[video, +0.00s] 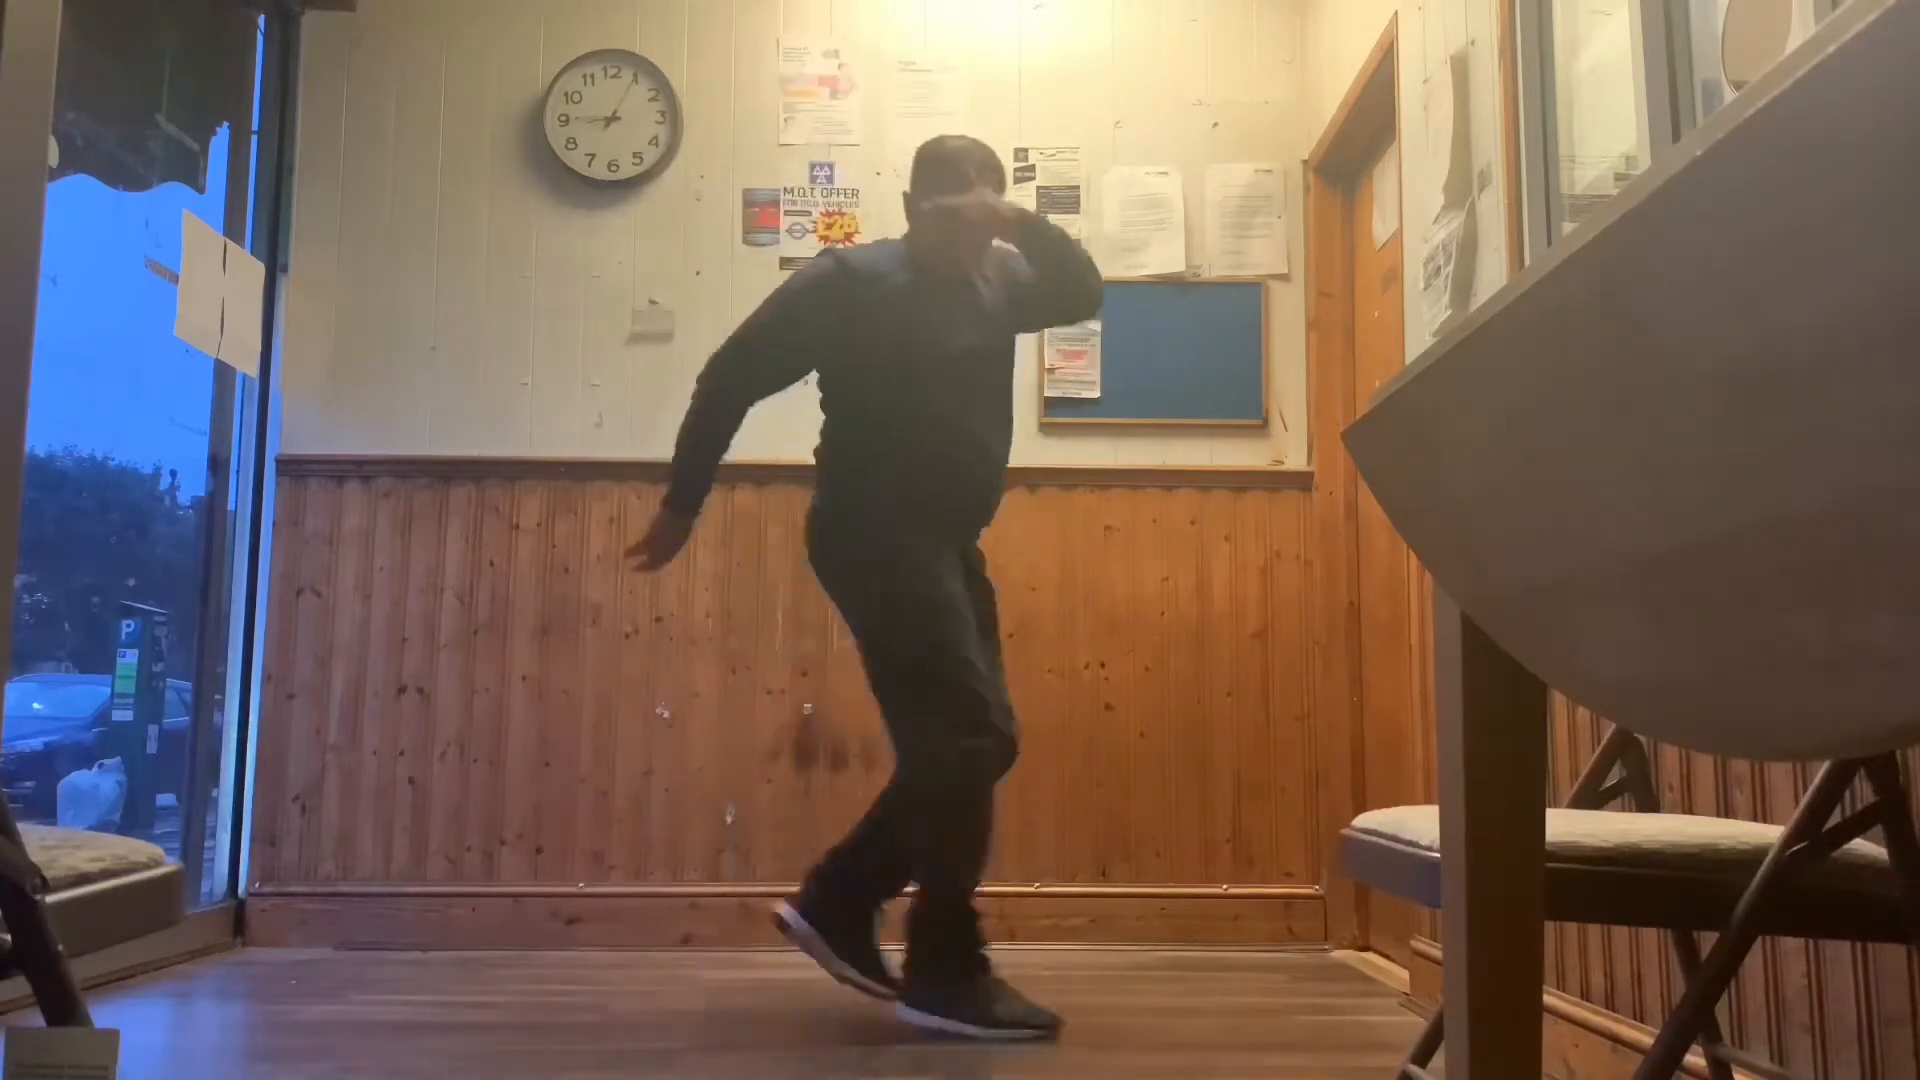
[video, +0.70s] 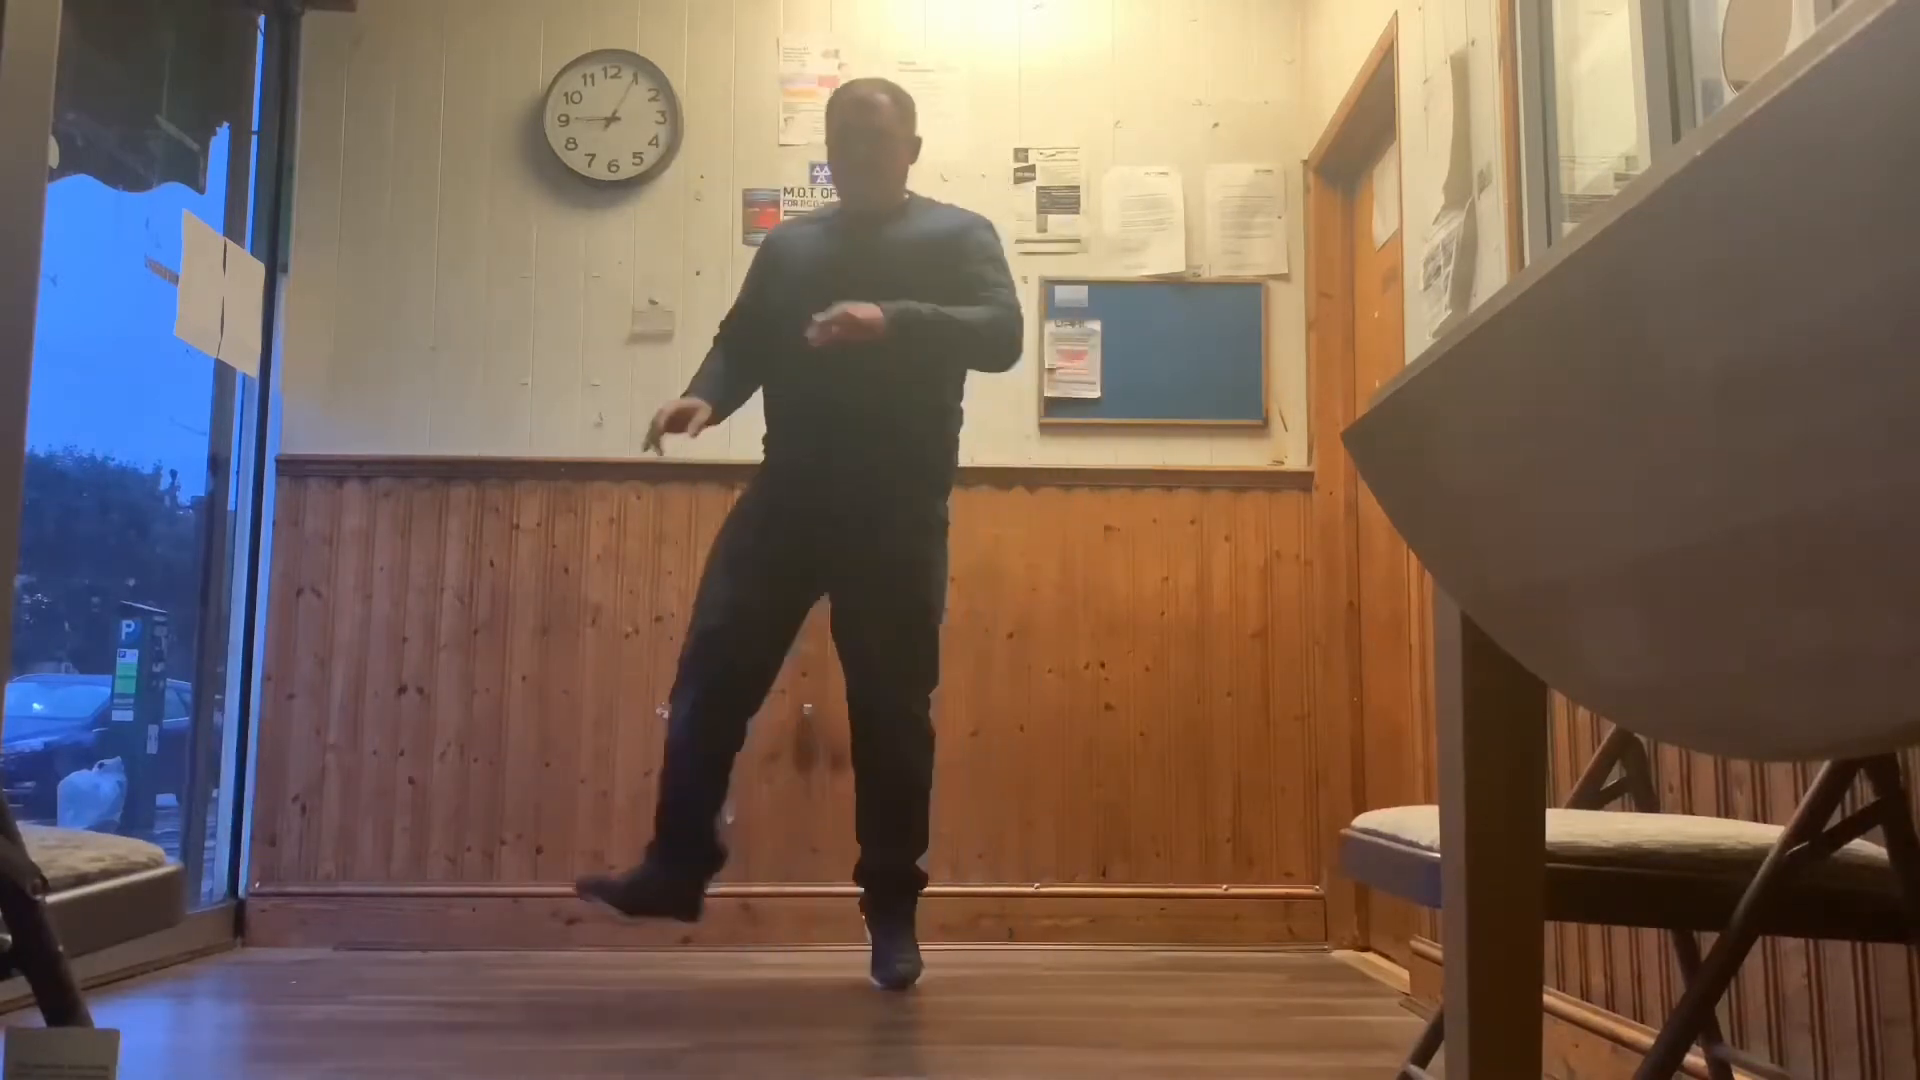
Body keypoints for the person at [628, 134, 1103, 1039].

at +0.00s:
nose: (982, 226)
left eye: (990, 210)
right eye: (962, 208)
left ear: (998, 215)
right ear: (919, 207)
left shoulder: (998, 293)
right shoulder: (849, 284)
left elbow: (1080, 293)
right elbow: (730, 378)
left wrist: (1022, 222)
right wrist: (681, 504)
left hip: (949, 542)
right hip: (872, 538)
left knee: (977, 740)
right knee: (964, 737)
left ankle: (838, 899)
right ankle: (944, 973)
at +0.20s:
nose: (988, 225)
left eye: (996, 210)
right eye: (969, 208)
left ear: (1004, 219)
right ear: (924, 209)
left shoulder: (1020, 310)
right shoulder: (859, 303)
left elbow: (1098, 349)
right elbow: (764, 412)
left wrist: (1077, 288)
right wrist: (710, 533)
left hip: (970, 569)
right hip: (884, 567)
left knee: (1016, 762)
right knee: (978, 761)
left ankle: (845, 896)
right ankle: (949, 976)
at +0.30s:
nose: (978, 211)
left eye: (993, 193)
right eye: (961, 192)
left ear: (1008, 198)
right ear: (921, 189)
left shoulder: (1027, 303)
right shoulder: (854, 277)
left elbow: (1077, 390)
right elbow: (773, 391)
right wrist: (782, 494)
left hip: (960, 547)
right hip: (858, 544)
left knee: (984, 730)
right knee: (900, 728)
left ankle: (920, 929)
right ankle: (925, 971)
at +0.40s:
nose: (949, 212)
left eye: (965, 197)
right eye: (933, 195)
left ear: (992, 212)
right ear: (905, 204)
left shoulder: (1015, 325)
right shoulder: (842, 298)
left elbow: (1066, 438)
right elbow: (753, 388)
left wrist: (1082, 524)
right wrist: (797, 414)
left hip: (950, 559)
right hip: (845, 548)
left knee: (952, 764)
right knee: (866, 681)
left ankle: (918, 942)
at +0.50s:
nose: (926, 195)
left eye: (941, 181)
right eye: (911, 180)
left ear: (970, 195)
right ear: (885, 190)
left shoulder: (1003, 310)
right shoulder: (830, 286)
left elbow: (1046, 431)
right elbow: (741, 389)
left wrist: (1013, 494)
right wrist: (773, 373)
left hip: (934, 542)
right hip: (825, 528)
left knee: (935, 751)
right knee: (784, 626)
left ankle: (918, 945)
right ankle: (804, 763)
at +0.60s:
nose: (899, 156)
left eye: (914, 140)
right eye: (884, 140)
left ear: (944, 151)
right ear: (860, 150)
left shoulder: (987, 254)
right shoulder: (807, 247)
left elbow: (1025, 369)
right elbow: (752, 333)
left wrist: (948, 391)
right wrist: (744, 358)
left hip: (911, 514)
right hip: (800, 497)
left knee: (911, 722)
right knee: (733, 616)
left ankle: (909, 928)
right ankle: (762, 795)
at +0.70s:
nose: (855, 160)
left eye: (874, 143)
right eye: (842, 143)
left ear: (913, 147)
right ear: (827, 150)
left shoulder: (959, 240)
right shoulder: (789, 250)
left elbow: (1001, 339)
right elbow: (742, 345)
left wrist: (891, 321)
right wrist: (706, 396)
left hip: (896, 518)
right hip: (785, 506)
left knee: (893, 720)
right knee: (710, 682)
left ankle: (893, 917)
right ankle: (677, 869)